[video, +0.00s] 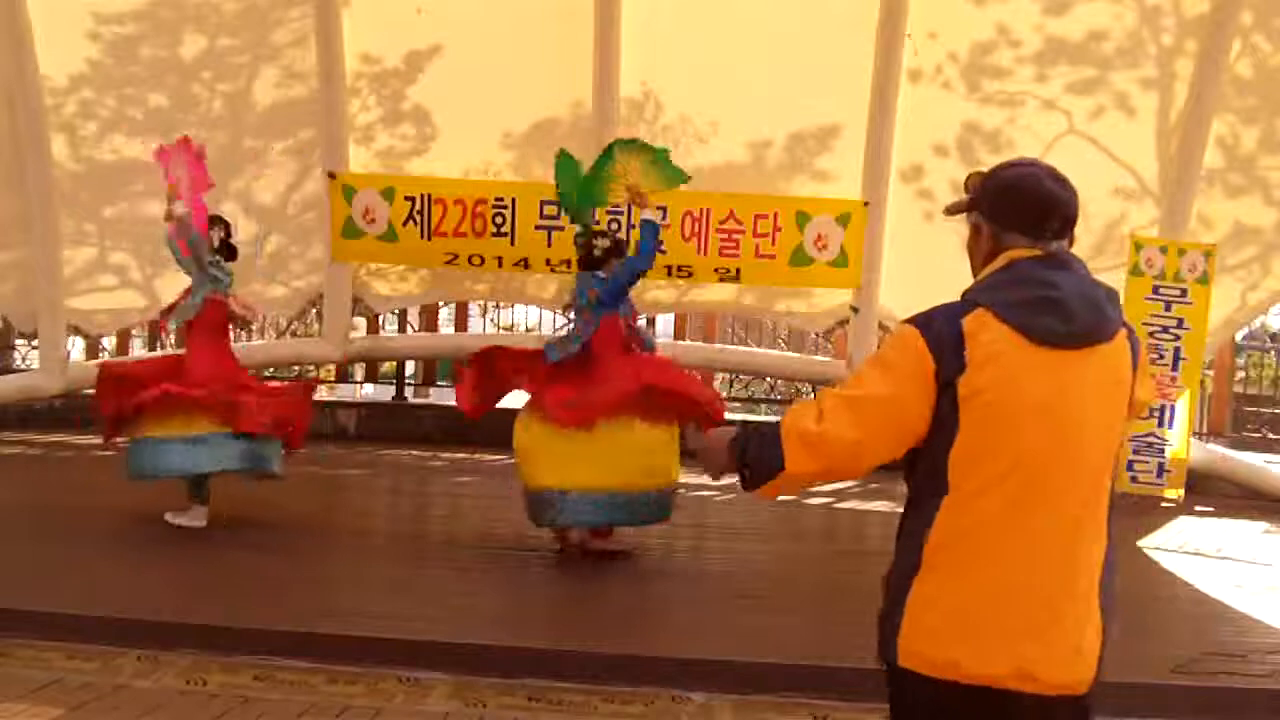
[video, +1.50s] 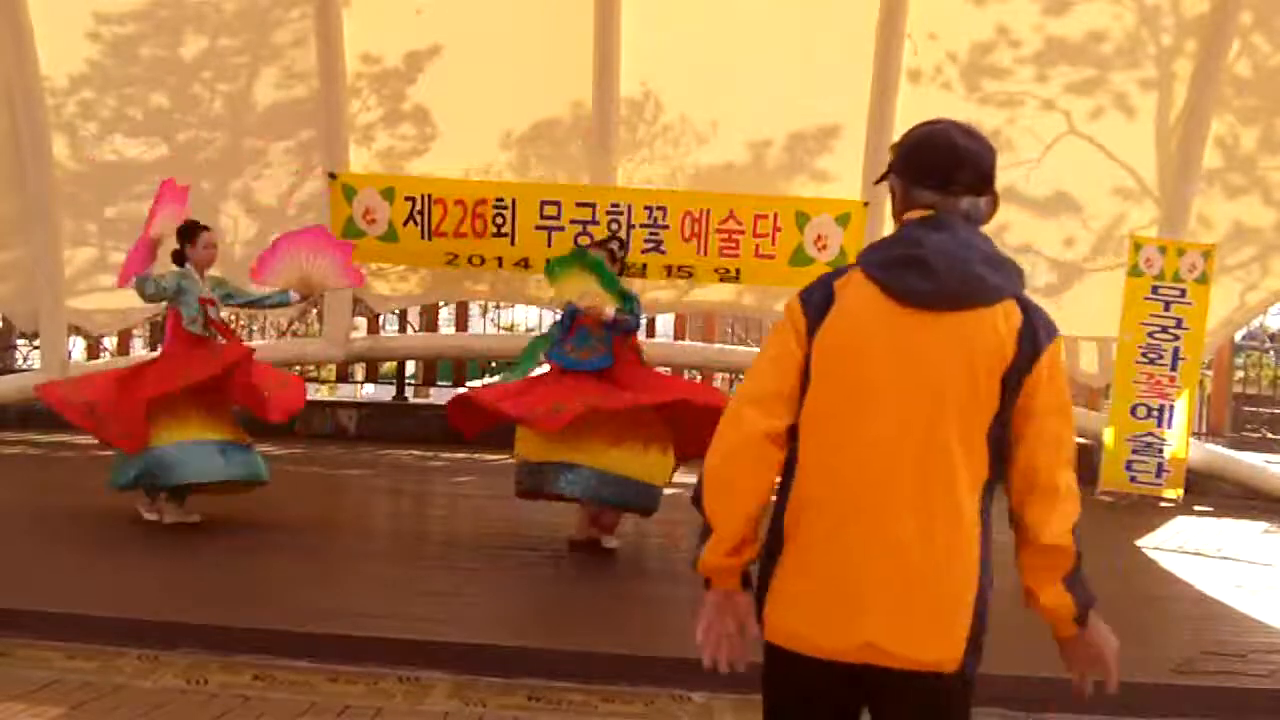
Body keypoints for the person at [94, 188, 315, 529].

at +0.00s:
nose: (204, 233)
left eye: (209, 228)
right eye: (204, 228)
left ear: (219, 235)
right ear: (213, 235)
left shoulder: (214, 273)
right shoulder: (209, 274)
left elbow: (194, 244)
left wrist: (180, 215)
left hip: (207, 364)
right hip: (209, 362)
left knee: (198, 433)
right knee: (200, 432)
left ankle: (198, 506)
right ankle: (197, 503)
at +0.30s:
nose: (224, 248)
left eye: (221, 243)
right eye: (221, 243)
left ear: (190, 244)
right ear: (213, 246)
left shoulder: (179, 272)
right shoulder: (219, 276)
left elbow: (169, 241)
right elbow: (263, 261)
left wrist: (171, 211)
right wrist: (289, 225)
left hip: (182, 358)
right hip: (213, 359)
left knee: (184, 424)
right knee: (213, 427)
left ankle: (183, 496)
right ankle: (206, 501)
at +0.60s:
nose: (203, 247)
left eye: (209, 241)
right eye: (197, 241)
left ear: (218, 244)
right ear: (189, 246)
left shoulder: (228, 274)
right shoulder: (180, 275)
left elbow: (262, 253)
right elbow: (142, 257)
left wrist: (289, 223)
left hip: (217, 354)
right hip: (186, 354)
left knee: (212, 425)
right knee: (186, 426)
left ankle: (200, 498)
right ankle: (188, 502)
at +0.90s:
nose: (189, 236)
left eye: (195, 231)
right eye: (192, 231)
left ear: (207, 235)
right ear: (209, 236)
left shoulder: (199, 266)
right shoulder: (212, 267)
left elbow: (161, 252)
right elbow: (169, 253)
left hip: (190, 352)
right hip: (205, 350)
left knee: (181, 420)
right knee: (191, 419)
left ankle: (183, 502)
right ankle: (190, 498)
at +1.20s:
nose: (212, 251)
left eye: (210, 245)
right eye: (210, 246)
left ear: (179, 244)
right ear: (201, 247)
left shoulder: (168, 274)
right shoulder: (202, 281)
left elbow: (163, 250)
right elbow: (254, 285)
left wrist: (168, 221)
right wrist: (286, 251)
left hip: (171, 362)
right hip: (199, 366)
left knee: (177, 431)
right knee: (195, 432)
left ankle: (172, 502)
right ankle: (175, 504)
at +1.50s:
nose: (214, 253)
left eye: (215, 247)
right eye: (208, 247)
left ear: (211, 250)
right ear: (188, 250)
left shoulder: (215, 286)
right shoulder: (179, 280)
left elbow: (255, 298)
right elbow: (148, 291)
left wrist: (298, 294)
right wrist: (150, 251)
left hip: (201, 365)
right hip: (177, 365)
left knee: (190, 430)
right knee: (176, 429)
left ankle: (168, 499)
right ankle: (154, 494)